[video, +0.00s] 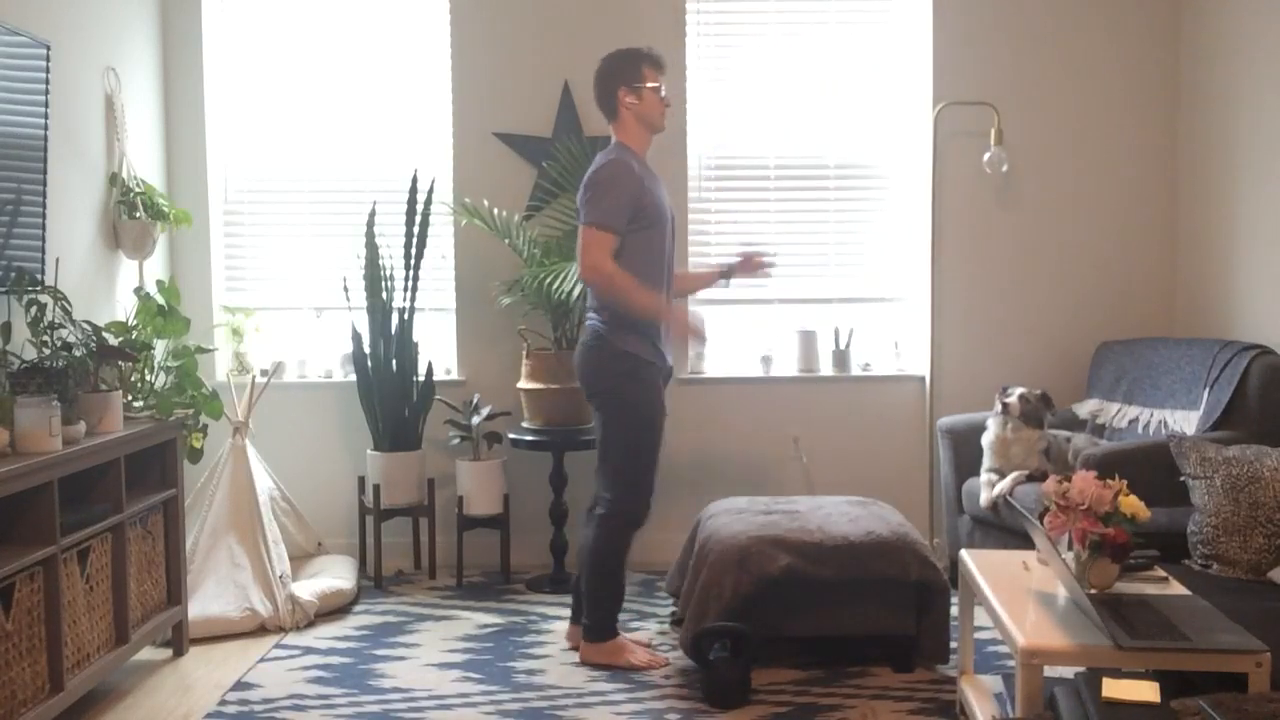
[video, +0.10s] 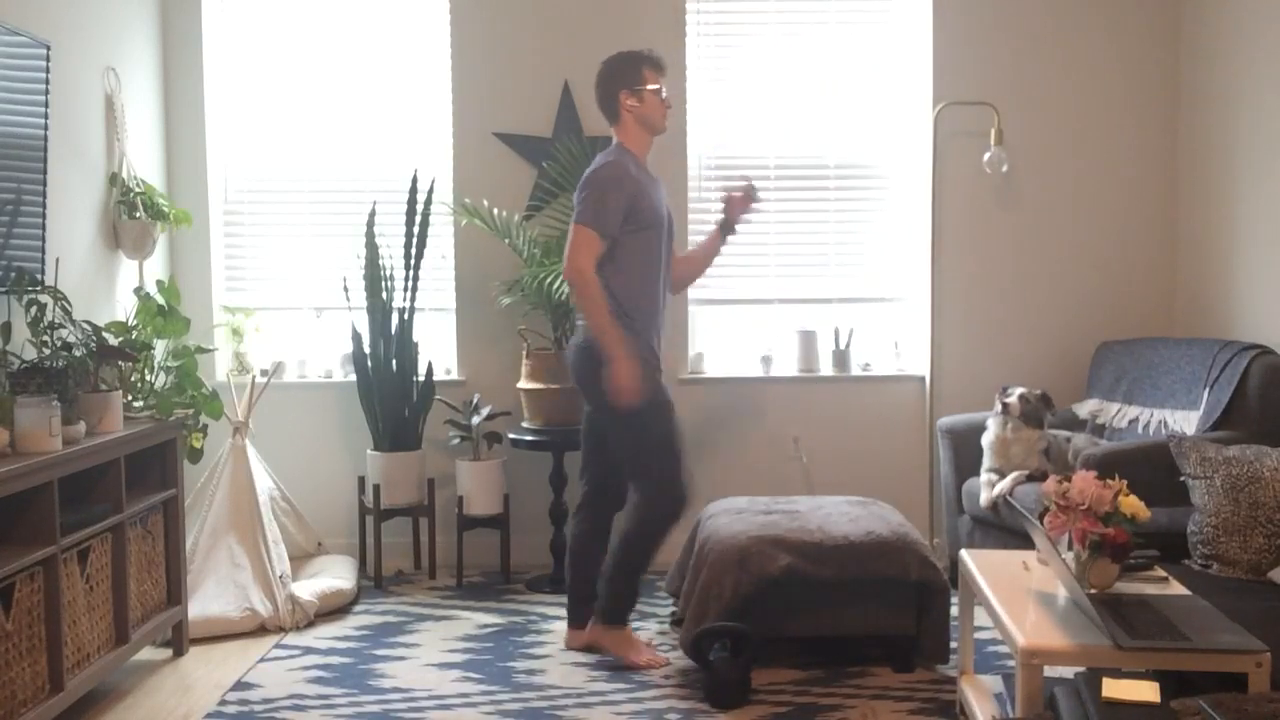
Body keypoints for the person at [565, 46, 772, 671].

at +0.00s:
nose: (668, 99)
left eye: (665, 89)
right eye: (658, 89)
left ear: (634, 101)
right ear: (626, 99)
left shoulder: (641, 173)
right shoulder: (615, 168)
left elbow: (658, 282)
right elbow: (593, 267)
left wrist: (726, 270)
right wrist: (665, 312)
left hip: (636, 352)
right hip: (621, 354)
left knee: (617, 498)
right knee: (626, 502)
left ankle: (587, 625)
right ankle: (599, 638)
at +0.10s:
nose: (669, 100)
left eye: (666, 90)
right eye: (659, 91)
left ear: (637, 103)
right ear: (628, 102)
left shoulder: (645, 182)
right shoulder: (611, 172)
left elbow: (674, 276)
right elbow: (577, 268)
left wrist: (725, 225)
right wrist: (617, 351)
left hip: (620, 350)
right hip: (617, 351)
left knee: (600, 490)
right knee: (663, 493)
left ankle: (582, 621)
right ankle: (610, 626)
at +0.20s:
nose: (672, 101)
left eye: (669, 92)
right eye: (662, 92)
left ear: (640, 102)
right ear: (632, 101)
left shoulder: (650, 186)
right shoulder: (607, 172)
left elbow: (699, 261)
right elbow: (564, 264)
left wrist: (719, 196)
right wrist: (571, 356)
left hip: (624, 352)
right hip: (614, 352)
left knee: (601, 493)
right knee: (716, 444)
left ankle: (582, 624)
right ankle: (628, 549)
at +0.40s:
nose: (686, 105)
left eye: (684, 95)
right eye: (675, 95)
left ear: (654, 106)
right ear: (643, 105)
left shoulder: (669, 188)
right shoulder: (618, 172)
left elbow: (735, 233)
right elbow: (562, 255)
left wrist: (717, 172)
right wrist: (550, 351)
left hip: (628, 344)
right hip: (619, 339)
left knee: (613, 491)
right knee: (759, 338)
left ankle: (583, 623)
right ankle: (687, 452)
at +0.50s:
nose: (694, 106)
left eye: (691, 96)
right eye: (685, 96)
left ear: (660, 109)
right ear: (655, 108)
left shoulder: (677, 187)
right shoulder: (630, 174)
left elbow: (750, 230)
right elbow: (572, 262)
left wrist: (721, 171)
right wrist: (564, 355)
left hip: (635, 346)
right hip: (623, 343)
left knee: (626, 493)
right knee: (767, 332)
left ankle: (586, 622)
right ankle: (736, 465)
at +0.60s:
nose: (708, 115)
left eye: (704, 105)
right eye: (698, 105)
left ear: (673, 116)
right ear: (669, 115)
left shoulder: (689, 197)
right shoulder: (641, 185)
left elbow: (762, 232)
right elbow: (587, 271)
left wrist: (732, 175)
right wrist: (581, 361)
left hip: (643, 356)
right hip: (637, 351)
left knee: (651, 496)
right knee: (779, 361)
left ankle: (588, 618)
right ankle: (742, 494)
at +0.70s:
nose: (724, 116)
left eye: (720, 106)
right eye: (713, 107)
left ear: (689, 121)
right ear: (684, 120)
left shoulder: (702, 201)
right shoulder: (662, 190)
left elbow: (774, 229)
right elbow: (606, 273)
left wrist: (741, 171)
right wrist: (620, 368)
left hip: (662, 360)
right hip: (655, 360)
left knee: (666, 499)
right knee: (792, 393)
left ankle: (591, 615)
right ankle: (739, 516)